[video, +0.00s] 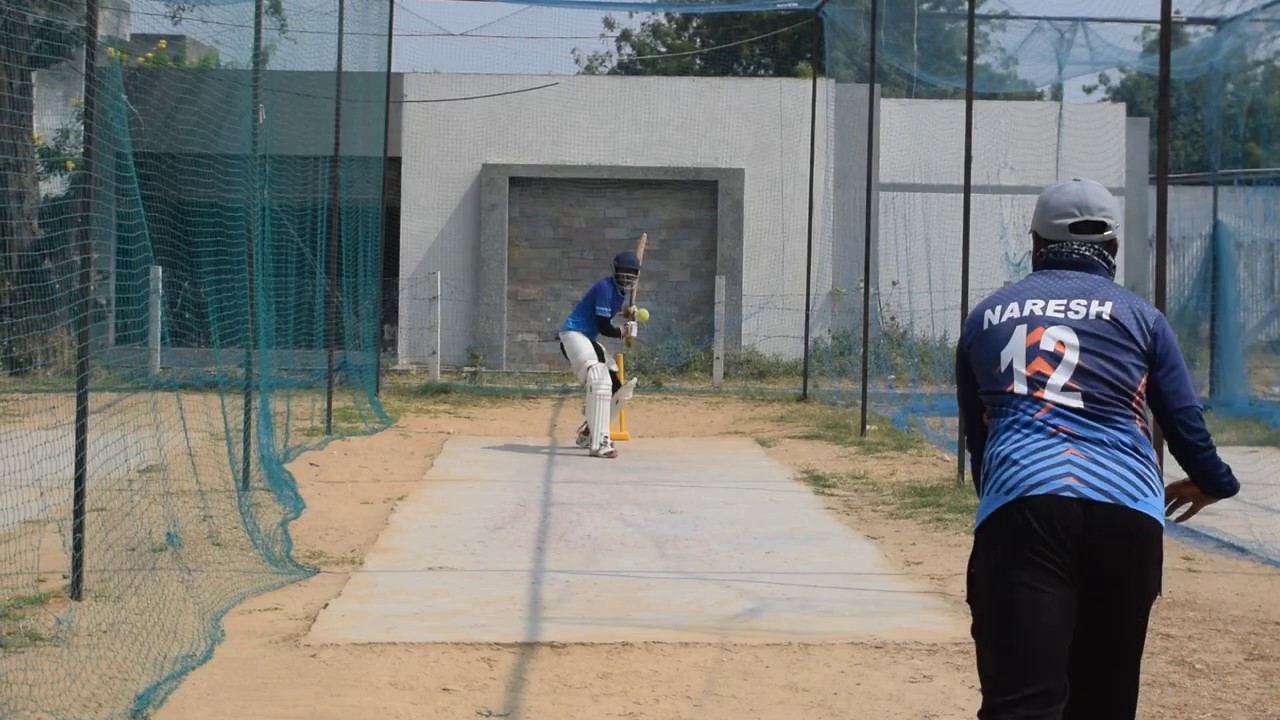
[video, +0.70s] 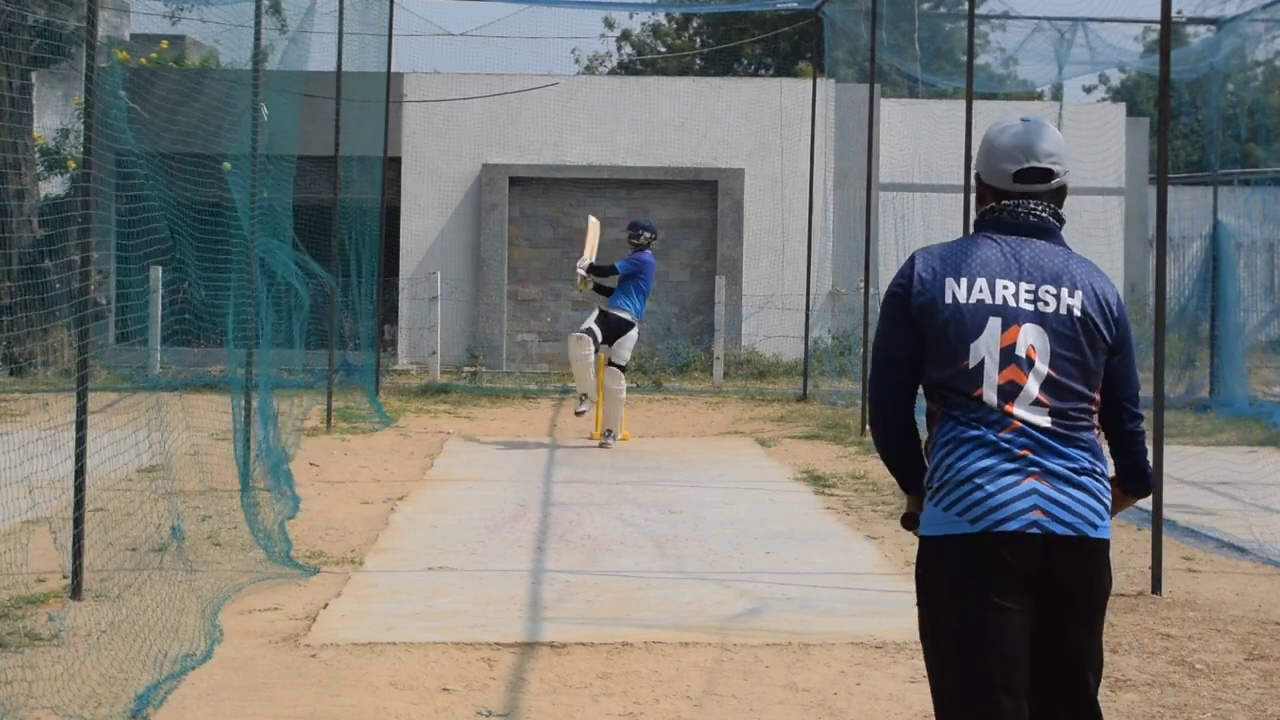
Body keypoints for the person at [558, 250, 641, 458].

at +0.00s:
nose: (628, 278)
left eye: (632, 274)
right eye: (625, 273)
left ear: (636, 276)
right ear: (616, 271)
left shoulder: (620, 293)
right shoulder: (605, 287)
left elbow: (619, 310)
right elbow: (603, 326)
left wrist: (626, 315)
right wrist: (622, 332)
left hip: (589, 338)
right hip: (574, 334)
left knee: (617, 386)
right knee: (599, 379)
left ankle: (588, 433)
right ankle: (599, 443)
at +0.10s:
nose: (624, 273)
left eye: (628, 269)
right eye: (620, 268)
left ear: (633, 272)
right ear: (613, 266)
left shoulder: (620, 292)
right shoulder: (602, 284)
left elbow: (618, 317)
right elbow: (614, 320)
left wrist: (635, 307)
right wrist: (638, 321)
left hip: (596, 340)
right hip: (579, 336)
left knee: (623, 389)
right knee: (606, 379)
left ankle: (592, 431)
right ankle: (600, 442)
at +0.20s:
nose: (621, 265)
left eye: (626, 262)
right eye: (618, 259)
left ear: (630, 264)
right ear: (610, 258)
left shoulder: (624, 286)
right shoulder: (598, 274)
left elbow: (637, 317)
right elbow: (609, 296)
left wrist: (647, 298)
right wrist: (641, 295)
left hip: (604, 339)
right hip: (583, 334)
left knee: (626, 394)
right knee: (607, 378)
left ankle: (592, 429)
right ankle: (601, 443)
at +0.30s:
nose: (619, 253)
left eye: (624, 251)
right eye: (616, 249)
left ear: (631, 253)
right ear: (610, 248)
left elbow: (642, 301)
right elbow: (599, 269)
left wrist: (642, 275)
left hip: (615, 333)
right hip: (589, 330)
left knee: (620, 388)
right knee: (595, 382)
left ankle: (599, 430)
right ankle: (596, 438)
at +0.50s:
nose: (629, 248)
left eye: (635, 245)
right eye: (626, 243)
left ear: (643, 246)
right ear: (622, 243)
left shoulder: (643, 263)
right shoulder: (613, 257)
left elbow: (623, 272)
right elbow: (599, 261)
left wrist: (595, 264)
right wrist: (585, 260)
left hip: (619, 325)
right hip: (593, 319)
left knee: (613, 380)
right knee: (588, 370)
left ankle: (609, 431)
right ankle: (592, 421)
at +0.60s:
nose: (634, 244)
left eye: (639, 241)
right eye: (631, 239)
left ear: (648, 242)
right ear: (627, 239)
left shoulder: (646, 261)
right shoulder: (627, 262)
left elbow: (616, 270)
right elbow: (607, 288)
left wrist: (580, 267)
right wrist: (586, 280)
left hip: (622, 321)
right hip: (599, 314)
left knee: (615, 377)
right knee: (593, 347)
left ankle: (607, 431)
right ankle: (590, 405)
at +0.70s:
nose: (629, 239)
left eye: (633, 235)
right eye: (630, 235)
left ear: (643, 237)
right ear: (645, 238)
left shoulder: (643, 257)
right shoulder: (638, 261)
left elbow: (607, 271)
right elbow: (617, 294)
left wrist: (586, 266)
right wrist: (591, 284)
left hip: (625, 320)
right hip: (608, 315)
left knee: (614, 376)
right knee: (581, 341)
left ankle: (610, 431)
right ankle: (585, 395)